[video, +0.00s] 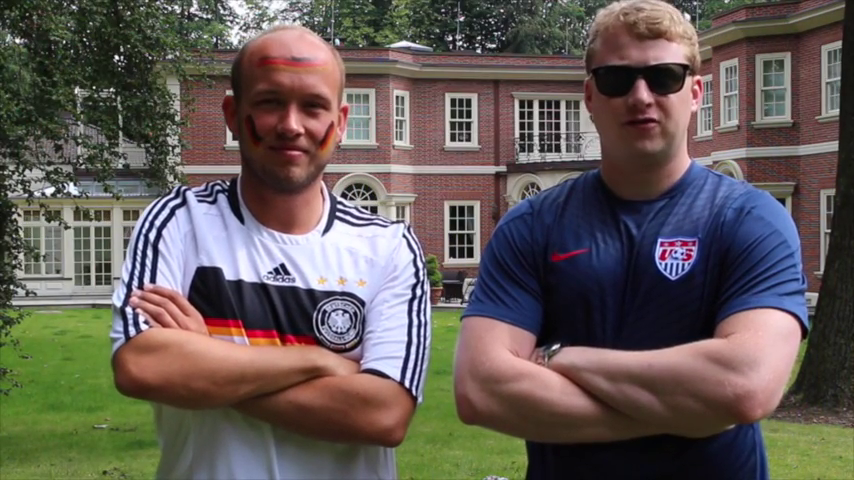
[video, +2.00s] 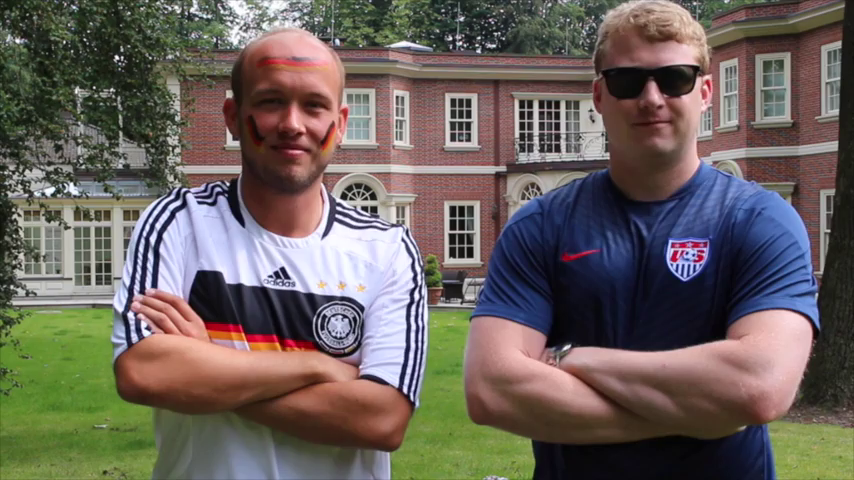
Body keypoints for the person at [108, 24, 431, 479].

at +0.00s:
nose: (291, 126)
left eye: (313, 107)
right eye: (270, 103)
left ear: (339, 122)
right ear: (233, 114)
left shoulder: (390, 247)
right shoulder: (175, 220)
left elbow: (386, 418)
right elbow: (137, 367)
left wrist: (209, 366)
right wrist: (321, 361)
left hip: (345, 476)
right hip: (203, 475)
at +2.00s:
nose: (293, 125)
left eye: (315, 105)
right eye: (271, 102)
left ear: (339, 124)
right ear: (233, 117)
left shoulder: (388, 249)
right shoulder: (175, 220)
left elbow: (384, 422)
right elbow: (139, 373)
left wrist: (211, 372)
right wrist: (318, 366)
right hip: (200, 473)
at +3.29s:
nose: (297, 122)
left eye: (306, 103)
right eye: (271, 101)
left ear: (314, 112)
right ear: (208, 119)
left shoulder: (350, 240)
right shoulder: (143, 232)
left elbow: (389, 404)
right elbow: (134, 389)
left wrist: (213, 370)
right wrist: (299, 340)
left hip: (332, 473)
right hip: (192, 473)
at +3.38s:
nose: (294, 115)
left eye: (301, 98)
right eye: (269, 95)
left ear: (309, 109)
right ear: (204, 117)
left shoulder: (348, 240)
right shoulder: (140, 232)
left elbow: (403, 406)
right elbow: (125, 388)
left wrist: (248, 361)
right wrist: (289, 304)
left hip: (330, 474)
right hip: (191, 472)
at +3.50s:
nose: (288, 122)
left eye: (295, 103)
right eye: (263, 100)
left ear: (304, 110)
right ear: (197, 119)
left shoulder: (339, 242)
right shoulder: (136, 239)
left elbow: (405, 411)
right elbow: (169, 407)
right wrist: (342, 322)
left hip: (323, 475)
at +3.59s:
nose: (284, 132)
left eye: (290, 111)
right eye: (259, 111)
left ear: (298, 119)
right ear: (191, 128)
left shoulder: (329, 243)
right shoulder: (141, 256)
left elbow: (366, 383)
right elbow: (230, 414)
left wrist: (386, 421)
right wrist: (412, 404)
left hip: (316, 470)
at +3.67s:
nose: (283, 150)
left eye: (287, 129)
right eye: (256, 131)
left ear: (295, 132)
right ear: (188, 152)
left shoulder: (316, 252)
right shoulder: (158, 284)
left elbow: (362, 403)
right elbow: (299, 425)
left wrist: (459, 458)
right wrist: (495, 458)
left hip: (318, 472)